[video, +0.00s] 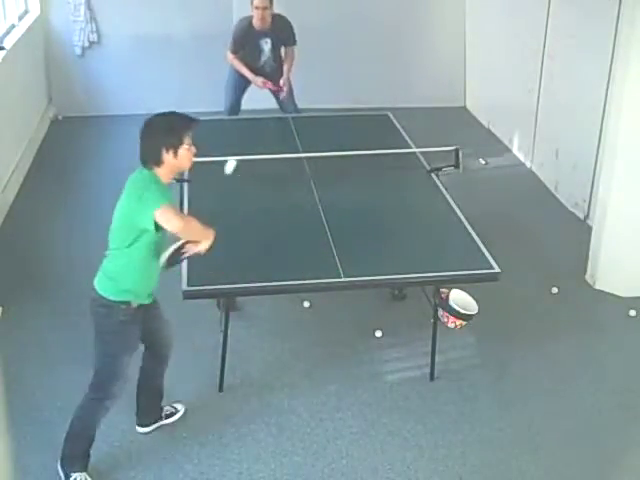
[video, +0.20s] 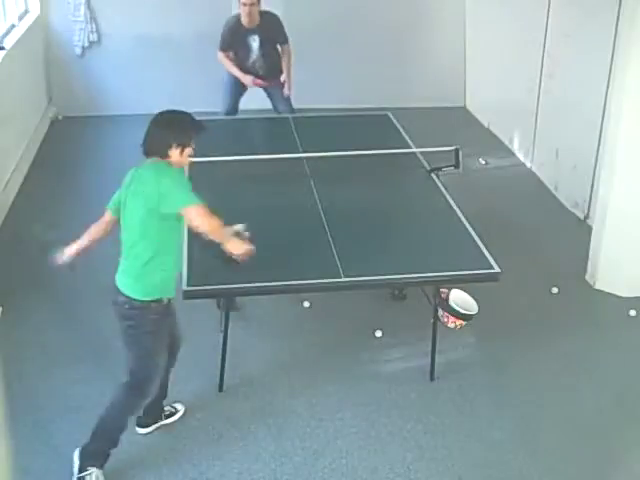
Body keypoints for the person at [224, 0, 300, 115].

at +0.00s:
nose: (261, 13)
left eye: (265, 9)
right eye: (257, 9)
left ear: (271, 9)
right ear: (252, 9)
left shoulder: (282, 24)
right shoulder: (243, 26)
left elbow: (289, 51)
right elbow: (231, 56)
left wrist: (286, 76)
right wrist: (253, 78)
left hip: (273, 70)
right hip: (245, 68)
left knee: (291, 110)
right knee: (230, 107)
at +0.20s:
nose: (248, 10)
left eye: (252, 5)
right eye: (244, 5)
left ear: (259, 6)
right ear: (239, 6)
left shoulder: (272, 20)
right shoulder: (232, 24)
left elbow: (285, 47)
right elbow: (222, 55)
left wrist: (286, 74)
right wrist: (243, 77)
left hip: (270, 74)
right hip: (241, 73)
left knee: (286, 112)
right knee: (228, 111)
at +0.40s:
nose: (255, 10)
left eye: (259, 5)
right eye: (251, 5)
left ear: (266, 6)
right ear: (247, 6)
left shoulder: (279, 21)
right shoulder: (237, 27)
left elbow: (295, 43)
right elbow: (224, 59)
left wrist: (300, 64)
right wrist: (240, 81)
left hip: (278, 76)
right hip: (248, 76)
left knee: (298, 112)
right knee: (232, 113)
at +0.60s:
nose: (294, 12)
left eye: (297, 7)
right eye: (290, 7)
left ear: (302, 9)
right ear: (282, 8)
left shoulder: (308, 24)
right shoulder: (270, 29)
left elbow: (319, 45)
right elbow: (261, 69)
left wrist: (338, 62)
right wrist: (287, 80)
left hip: (301, 81)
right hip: (272, 82)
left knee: (319, 117)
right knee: (248, 114)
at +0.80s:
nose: (336, 6)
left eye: (339, 3)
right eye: (332, 3)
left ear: (343, 5)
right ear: (324, 3)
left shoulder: (345, 16)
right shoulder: (313, 22)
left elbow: (353, 38)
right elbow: (311, 65)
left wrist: (382, 50)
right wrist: (341, 81)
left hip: (329, 80)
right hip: (299, 78)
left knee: (342, 117)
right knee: (276, 117)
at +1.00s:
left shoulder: (365, 6)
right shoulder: (322, 5)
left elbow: (379, 24)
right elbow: (303, 35)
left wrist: (410, 33)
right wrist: (310, 46)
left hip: (343, 70)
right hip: (315, 66)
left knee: (347, 117)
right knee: (296, 112)